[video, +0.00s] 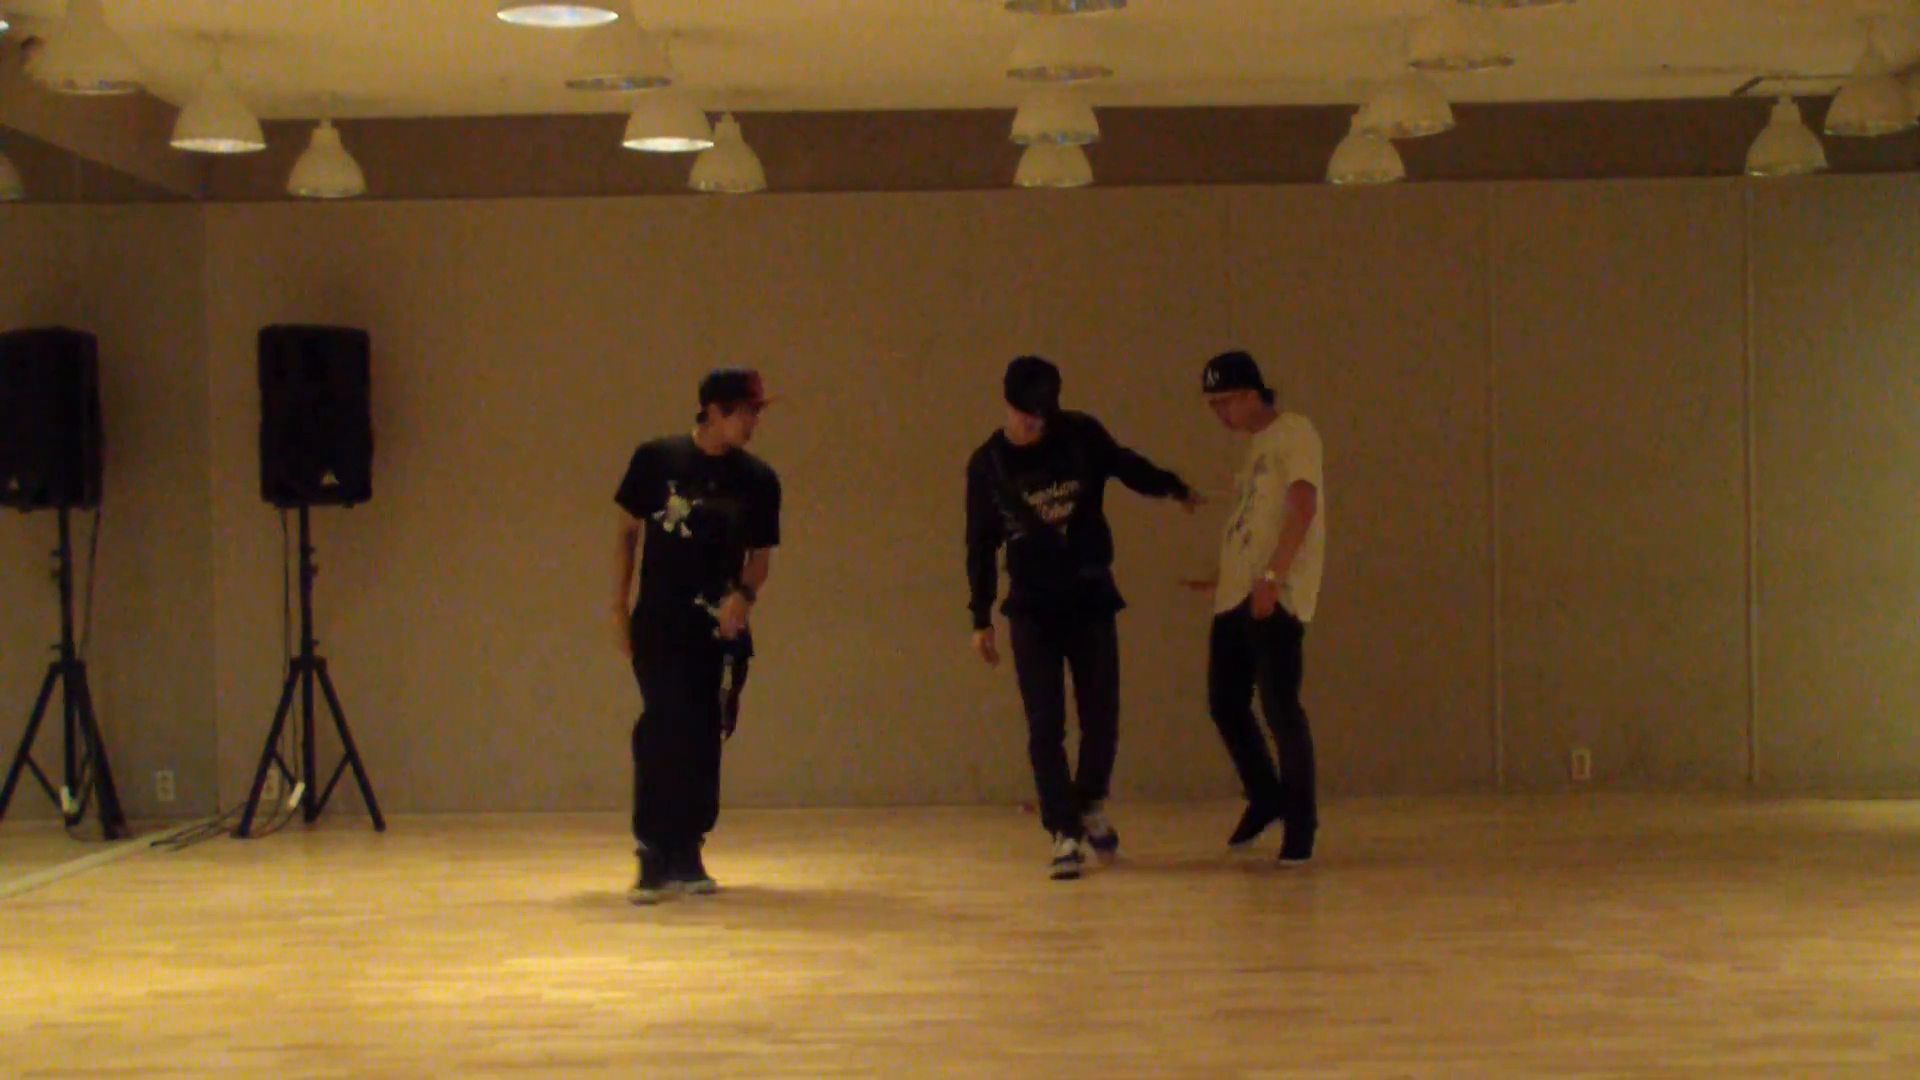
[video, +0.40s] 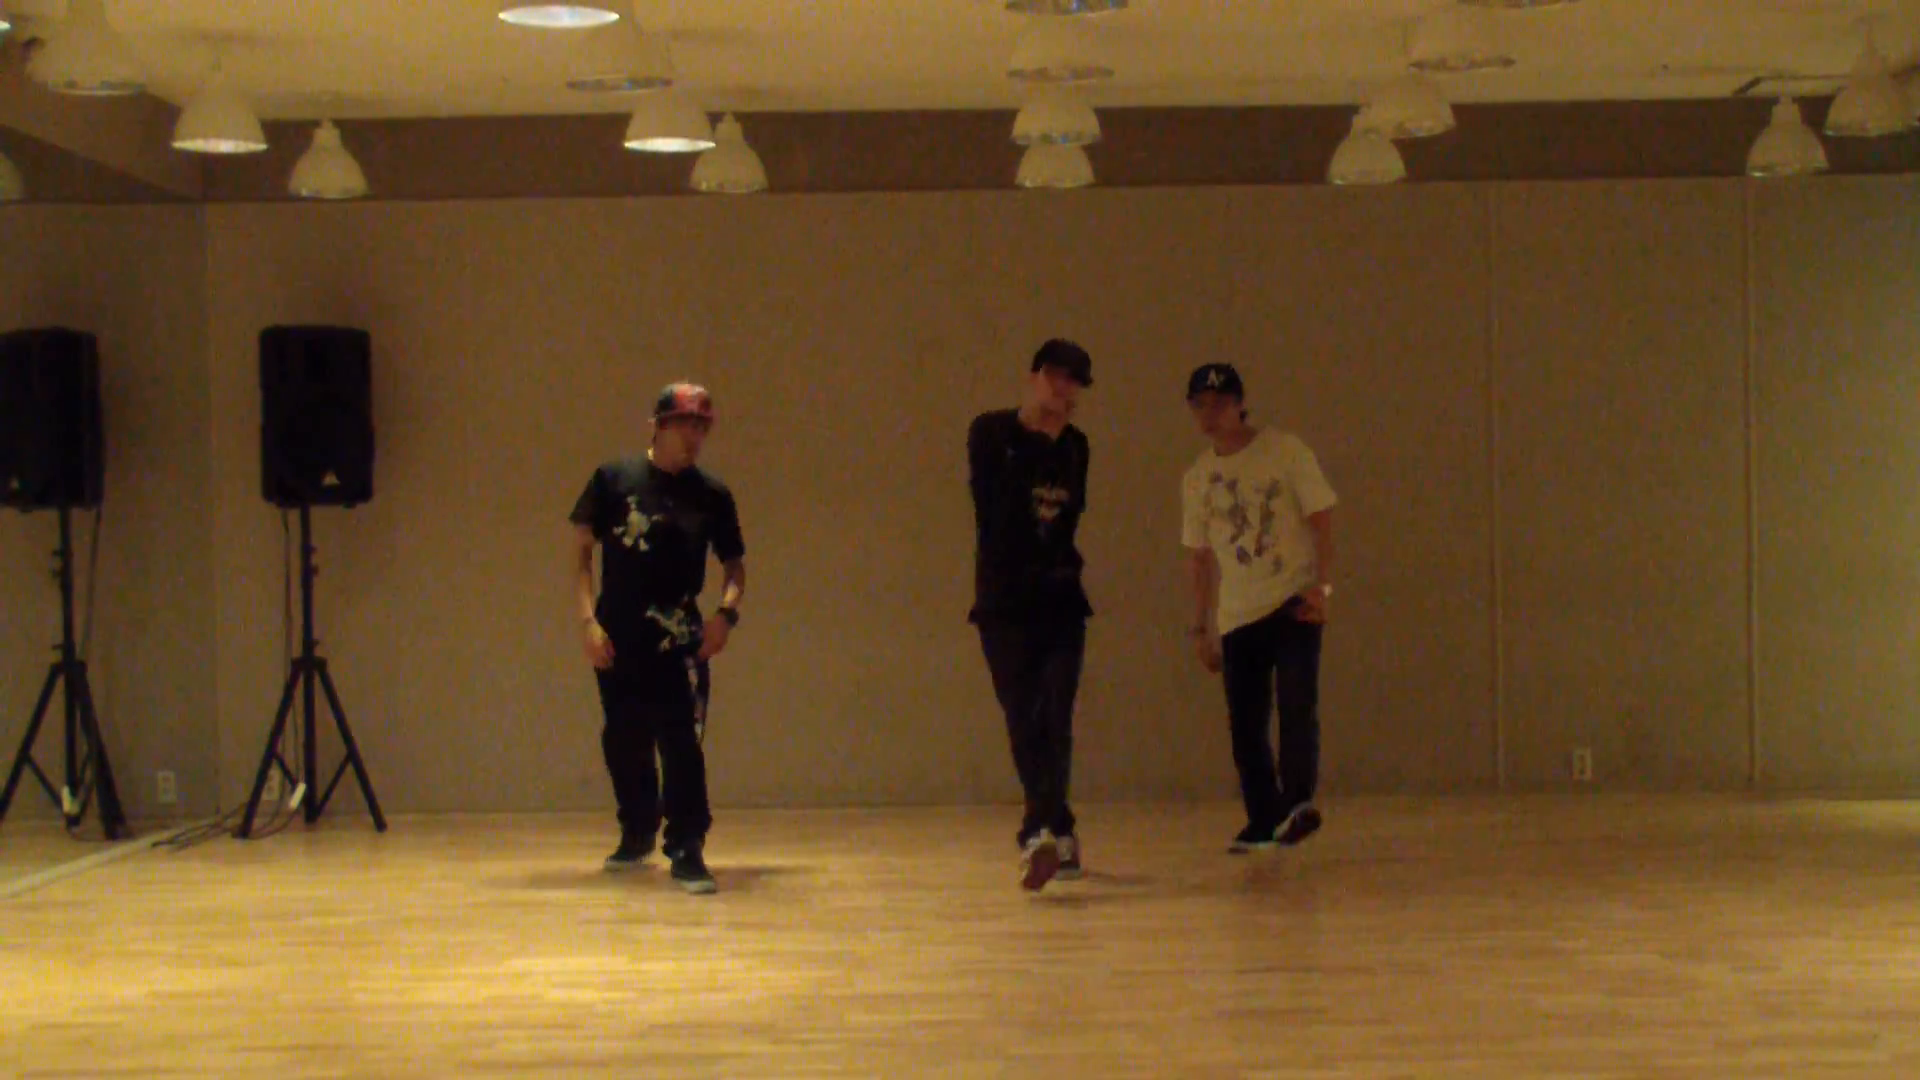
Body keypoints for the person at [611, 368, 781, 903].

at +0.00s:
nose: (754, 423)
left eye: (757, 414)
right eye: (746, 413)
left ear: (744, 417)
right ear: (714, 412)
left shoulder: (758, 480)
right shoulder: (656, 459)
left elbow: (759, 555)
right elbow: (627, 534)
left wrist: (745, 596)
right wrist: (620, 607)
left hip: (714, 624)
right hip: (656, 618)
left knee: (702, 734)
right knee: (663, 728)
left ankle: (688, 852)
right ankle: (654, 853)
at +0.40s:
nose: (697, 435)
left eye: (702, 426)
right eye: (688, 425)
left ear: (705, 430)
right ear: (658, 426)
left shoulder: (713, 496)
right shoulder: (612, 481)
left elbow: (733, 564)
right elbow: (582, 555)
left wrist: (725, 614)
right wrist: (588, 622)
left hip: (679, 638)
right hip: (621, 634)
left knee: (682, 744)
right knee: (624, 743)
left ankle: (686, 851)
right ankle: (636, 835)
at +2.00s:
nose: (658, 429)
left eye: (667, 420)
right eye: (650, 421)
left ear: (686, 425)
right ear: (637, 427)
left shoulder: (714, 478)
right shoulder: (619, 480)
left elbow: (744, 531)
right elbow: (606, 540)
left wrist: (733, 589)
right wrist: (601, 582)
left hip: (699, 631)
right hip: (638, 628)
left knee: (696, 737)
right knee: (643, 739)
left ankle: (698, 830)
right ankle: (652, 839)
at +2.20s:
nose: (654, 439)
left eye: (663, 431)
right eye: (644, 431)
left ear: (681, 440)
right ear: (632, 440)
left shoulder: (704, 493)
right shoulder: (610, 494)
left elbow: (726, 568)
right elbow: (588, 572)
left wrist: (705, 537)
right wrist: (594, 537)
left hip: (680, 629)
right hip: (624, 630)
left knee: (659, 709)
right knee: (625, 736)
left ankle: (682, 802)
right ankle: (651, 841)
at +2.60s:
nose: (640, 465)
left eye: (650, 456)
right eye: (631, 456)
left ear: (667, 465)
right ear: (617, 466)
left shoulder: (679, 519)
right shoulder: (600, 514)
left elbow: (695, 505)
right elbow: (579, 505)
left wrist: (711, 481)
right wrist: (562, 489)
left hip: (662, 637)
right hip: (604, 642)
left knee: (643, 700)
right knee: (603, 751)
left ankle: (617, 783)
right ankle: (652, 832)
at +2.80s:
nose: (620, 452)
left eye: (630, 443)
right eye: (610, 444)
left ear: (648, 453)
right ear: (598, 455)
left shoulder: (681, 508)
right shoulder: (578, 513)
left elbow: (746, 553)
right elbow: (523, 562)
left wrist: (807, 595)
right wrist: (488, 582)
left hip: (661, 647)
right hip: (601, 645)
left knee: (637, 745)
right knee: (583, 745)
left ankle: (649, 868)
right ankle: (595, 867)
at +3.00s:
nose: (624, 458)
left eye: (635, 448)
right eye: (614, 448)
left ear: (652, 460)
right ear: (599, 457)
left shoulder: (674, 530)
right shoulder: (571, 512)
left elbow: (697, 617)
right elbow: (563, 580)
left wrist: (712, 695)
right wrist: (605, 582)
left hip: (649, 663)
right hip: (593, 657)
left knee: (617, 769)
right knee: (562, 757)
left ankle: (645, 871)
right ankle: (673, 760)